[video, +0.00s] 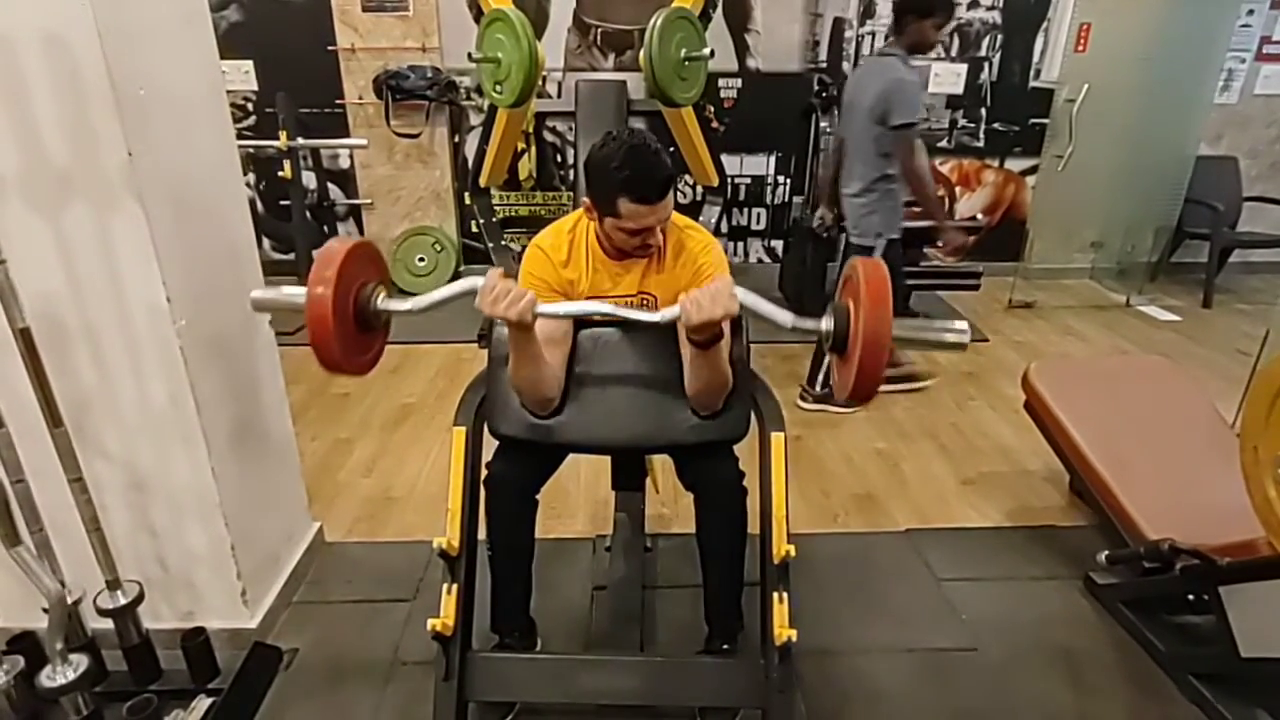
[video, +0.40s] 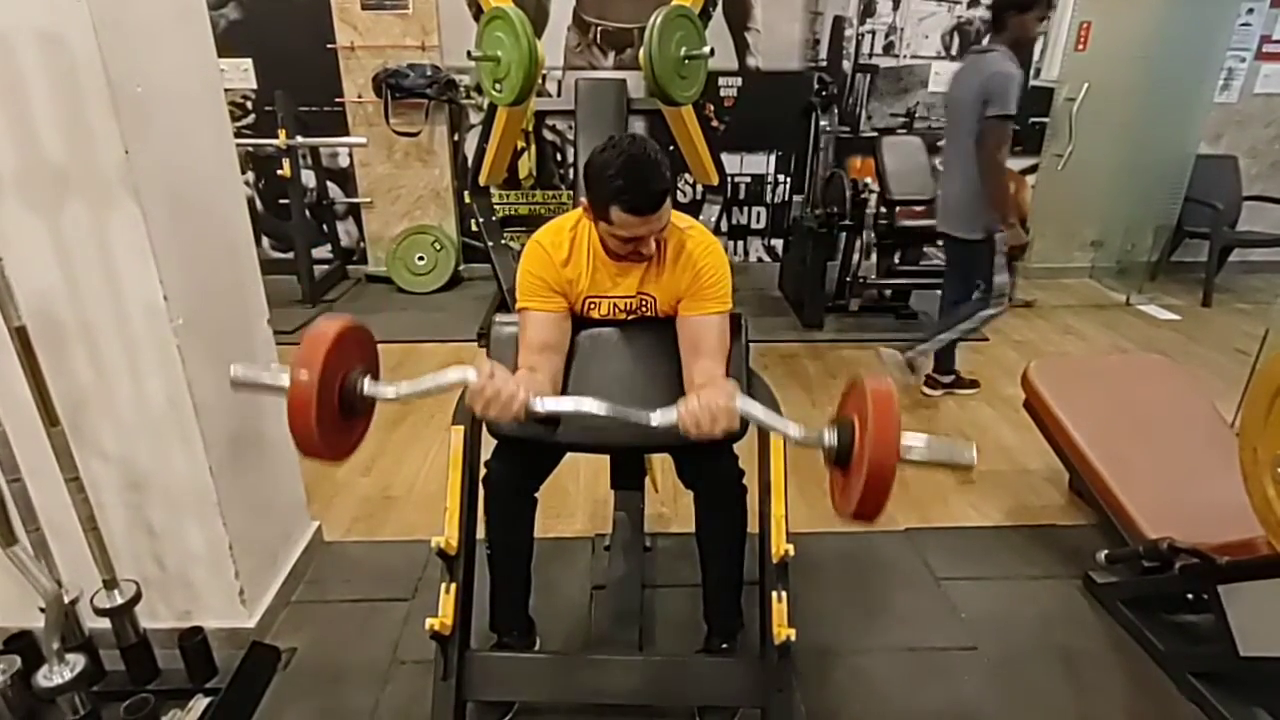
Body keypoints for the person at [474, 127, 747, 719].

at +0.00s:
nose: (652, 238)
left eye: (661, 224)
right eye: (635, 231)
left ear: (671, 199)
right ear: (593, 211)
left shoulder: (696, 249)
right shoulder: (551, 250)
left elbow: (709, 401)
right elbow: (539, 401)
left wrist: (704, 339)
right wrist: (520, 329)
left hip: (669, 391)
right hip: (576, 390)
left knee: (720, 479)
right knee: (507, 479)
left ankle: (724, 637)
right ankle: (512, 633)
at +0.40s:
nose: (648, 246)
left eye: (658, 231)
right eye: (630, 238)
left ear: (670, 203)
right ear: (591, 212)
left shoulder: (698, 250)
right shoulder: (550, 249)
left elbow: (706, 370)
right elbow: (537, 369)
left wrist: (710, 405)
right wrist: (512, 394)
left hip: (666, 384)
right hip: (576, 381)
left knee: (720, 476)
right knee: (506, 479)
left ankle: (724, 637)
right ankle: (512, 635)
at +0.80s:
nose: (642, 249)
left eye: (654, 235)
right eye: (625, 240)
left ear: (670, 206)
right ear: (591, 214)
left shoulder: (699, 252)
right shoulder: (550, 250)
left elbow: (706, 377)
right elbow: (536, 376)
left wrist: (708, 466)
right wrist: (514, 459)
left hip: (670, 374)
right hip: (574, 375)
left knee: (719, 480)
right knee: (502, 475)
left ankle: (722, 640)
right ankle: (510, 636)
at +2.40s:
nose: (614, 254)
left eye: (629, 239)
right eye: (598, 239)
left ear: (653, 214)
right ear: (577, 215)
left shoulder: (694, 262)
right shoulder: (551, 263)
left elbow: (712, 408)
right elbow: (539, 408)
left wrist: (710, 394)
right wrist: (517, 397)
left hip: (666, 410)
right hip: (575, 410)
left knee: (720, 496)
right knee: (501, 496)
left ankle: (723, 649)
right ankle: (512, 649)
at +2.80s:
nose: (616, 248)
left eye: (632, 232)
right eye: (599, 233)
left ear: (655, 210)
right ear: (580, 212)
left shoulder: (686, 259)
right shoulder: (556, 261)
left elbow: (707, 411)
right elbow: (538, 413)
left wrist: (709, 314)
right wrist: (526, 315)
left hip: (666, 397)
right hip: (576, 395)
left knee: (720, 493)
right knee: (504, 494)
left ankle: (724, 653)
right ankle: (512, 651)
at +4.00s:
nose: (615, 207)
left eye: (632, 192)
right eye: (598, 192)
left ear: (656, 201)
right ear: (576, 202)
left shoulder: (697, 275)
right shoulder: (546, 277)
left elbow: (714, 428)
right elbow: (534, 426)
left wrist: (717, 399)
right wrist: (515, 390)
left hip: (670, 418)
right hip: (575, 419)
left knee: (728, 511)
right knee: (505, 512)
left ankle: (730, 673)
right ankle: (512, 675)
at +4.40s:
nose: (610, 225)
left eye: (626, 208)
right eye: (592, 209)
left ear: (651, 202)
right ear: (567, 202)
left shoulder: (690, 273)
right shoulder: (537, 273)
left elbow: (704, 400)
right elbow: (525, 398)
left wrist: (707, 474)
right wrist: (504, 466)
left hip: (665, 421)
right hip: (564, 423)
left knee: (719, 498)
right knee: (492, 494)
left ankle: (724, 670)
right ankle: (503, 672)